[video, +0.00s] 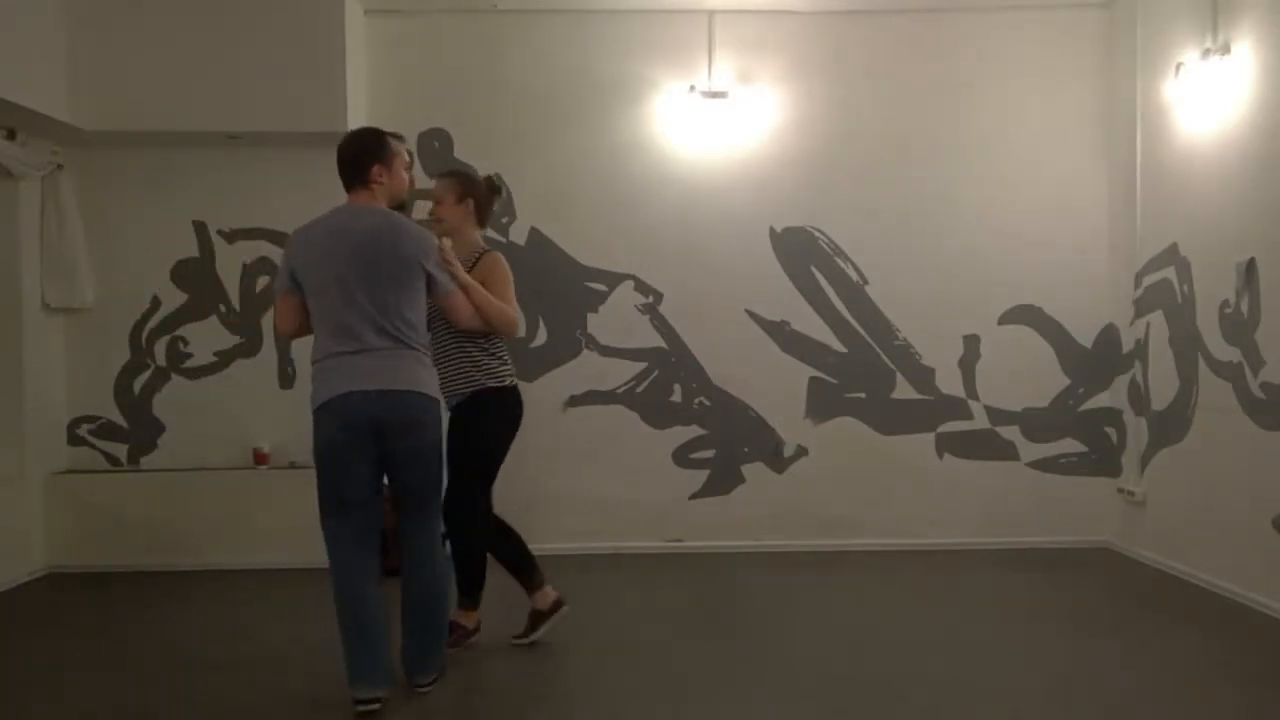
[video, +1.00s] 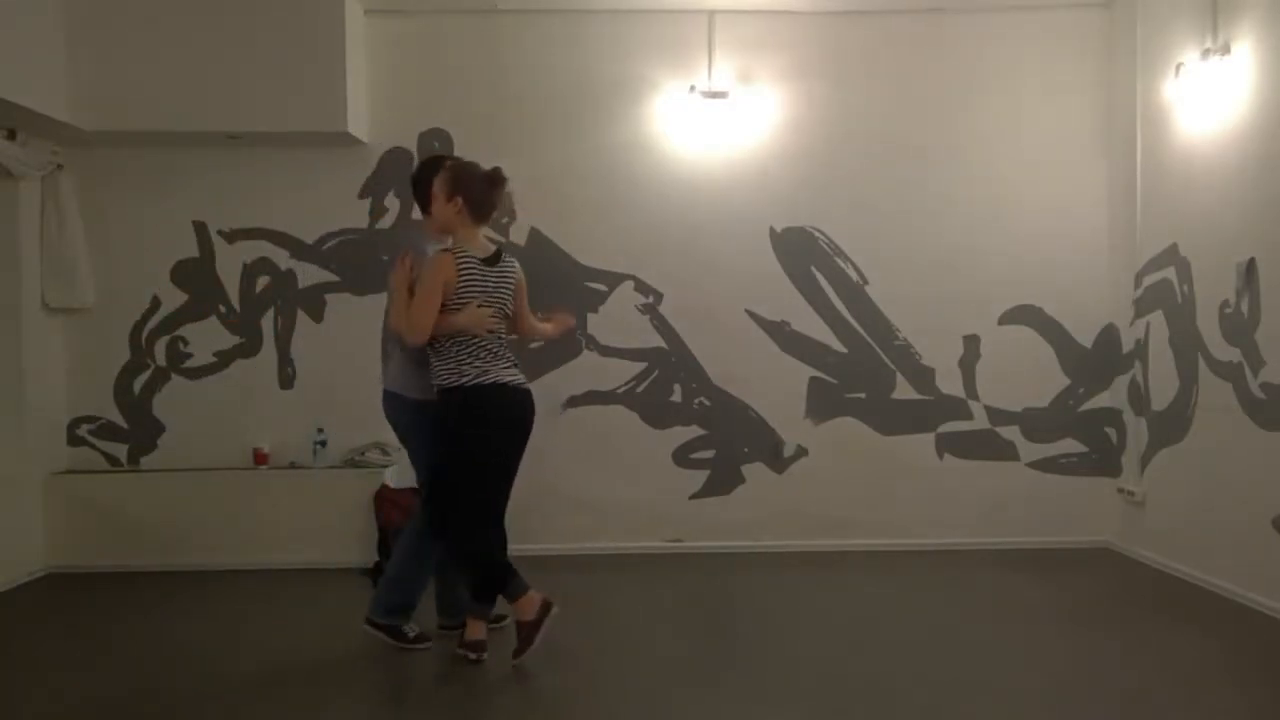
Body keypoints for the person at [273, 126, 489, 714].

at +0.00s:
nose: (411, 176)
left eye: (408, 166)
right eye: (404, 166)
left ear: (352, 177)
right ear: (379, 173)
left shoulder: (304, 238)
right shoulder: (412, 235)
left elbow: (287, 325)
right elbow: (463, 316)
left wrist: (339, 306)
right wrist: (436, 281)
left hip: (339, 401)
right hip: (412, 398)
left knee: (349, 534)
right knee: (422, 528)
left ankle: (366, 682)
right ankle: (425, 665)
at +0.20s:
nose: (413, 176)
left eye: (410, 166)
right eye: (405, 167)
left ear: (358, 180)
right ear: (378, 176)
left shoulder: (310, 242)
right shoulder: (413, 236)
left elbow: (295, 327)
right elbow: (470, 315)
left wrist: (347, 308)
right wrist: (442, 326)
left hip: (341, 398)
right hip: (412, 398)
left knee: (350, 529)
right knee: (412, 519)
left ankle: (364, 668)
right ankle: (395, 643)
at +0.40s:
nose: (424, 187)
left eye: (421, 178)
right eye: (415, 179)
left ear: (373, 192)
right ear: (387, 189)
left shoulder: (329, 249)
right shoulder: (420, 244)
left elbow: (315, 340)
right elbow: (474, 317)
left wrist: (369, 326)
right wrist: (522, 318)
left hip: (353, 405)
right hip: (417, 404)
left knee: (366, 515)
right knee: (411, 525)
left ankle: (331, 619)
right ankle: (384, 653)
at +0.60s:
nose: (440, 185)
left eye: (437, 175)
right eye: (431, 176)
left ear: (388, 188)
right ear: (403, 184)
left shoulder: (353, 246)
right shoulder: (418, 235)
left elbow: (340, 332)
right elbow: (454, 301)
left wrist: (407, 342)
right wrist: (530, 307)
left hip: (367, 390)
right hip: (416, 393)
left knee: (412, 502)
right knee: (418, 510)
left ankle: (412, 610)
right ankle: (385, 645)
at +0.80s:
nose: (459, 196)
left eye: (457, 187)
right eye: (452, 188)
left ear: (421, 197)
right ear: (426, 196)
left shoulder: (407, 243)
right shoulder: (417, 246)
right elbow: (425, 315)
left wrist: (499, 312)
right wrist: (499, 319)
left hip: (403, 397)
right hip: (413, 401)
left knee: (448, 501)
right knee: (428, 506)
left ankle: (458, 611)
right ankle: (382, 634)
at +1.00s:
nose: (461, 202)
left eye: (460, 191)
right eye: (454, 192)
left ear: (431, 195)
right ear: (435, 195)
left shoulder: (451, 248)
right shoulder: (421, 250)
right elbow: (412, 322)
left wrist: (505, 315)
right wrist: (467, 319)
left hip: (436, 393)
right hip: (415, 396)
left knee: (453, 499)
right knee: (439, 501)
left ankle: (457, 609)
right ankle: (388, 610)